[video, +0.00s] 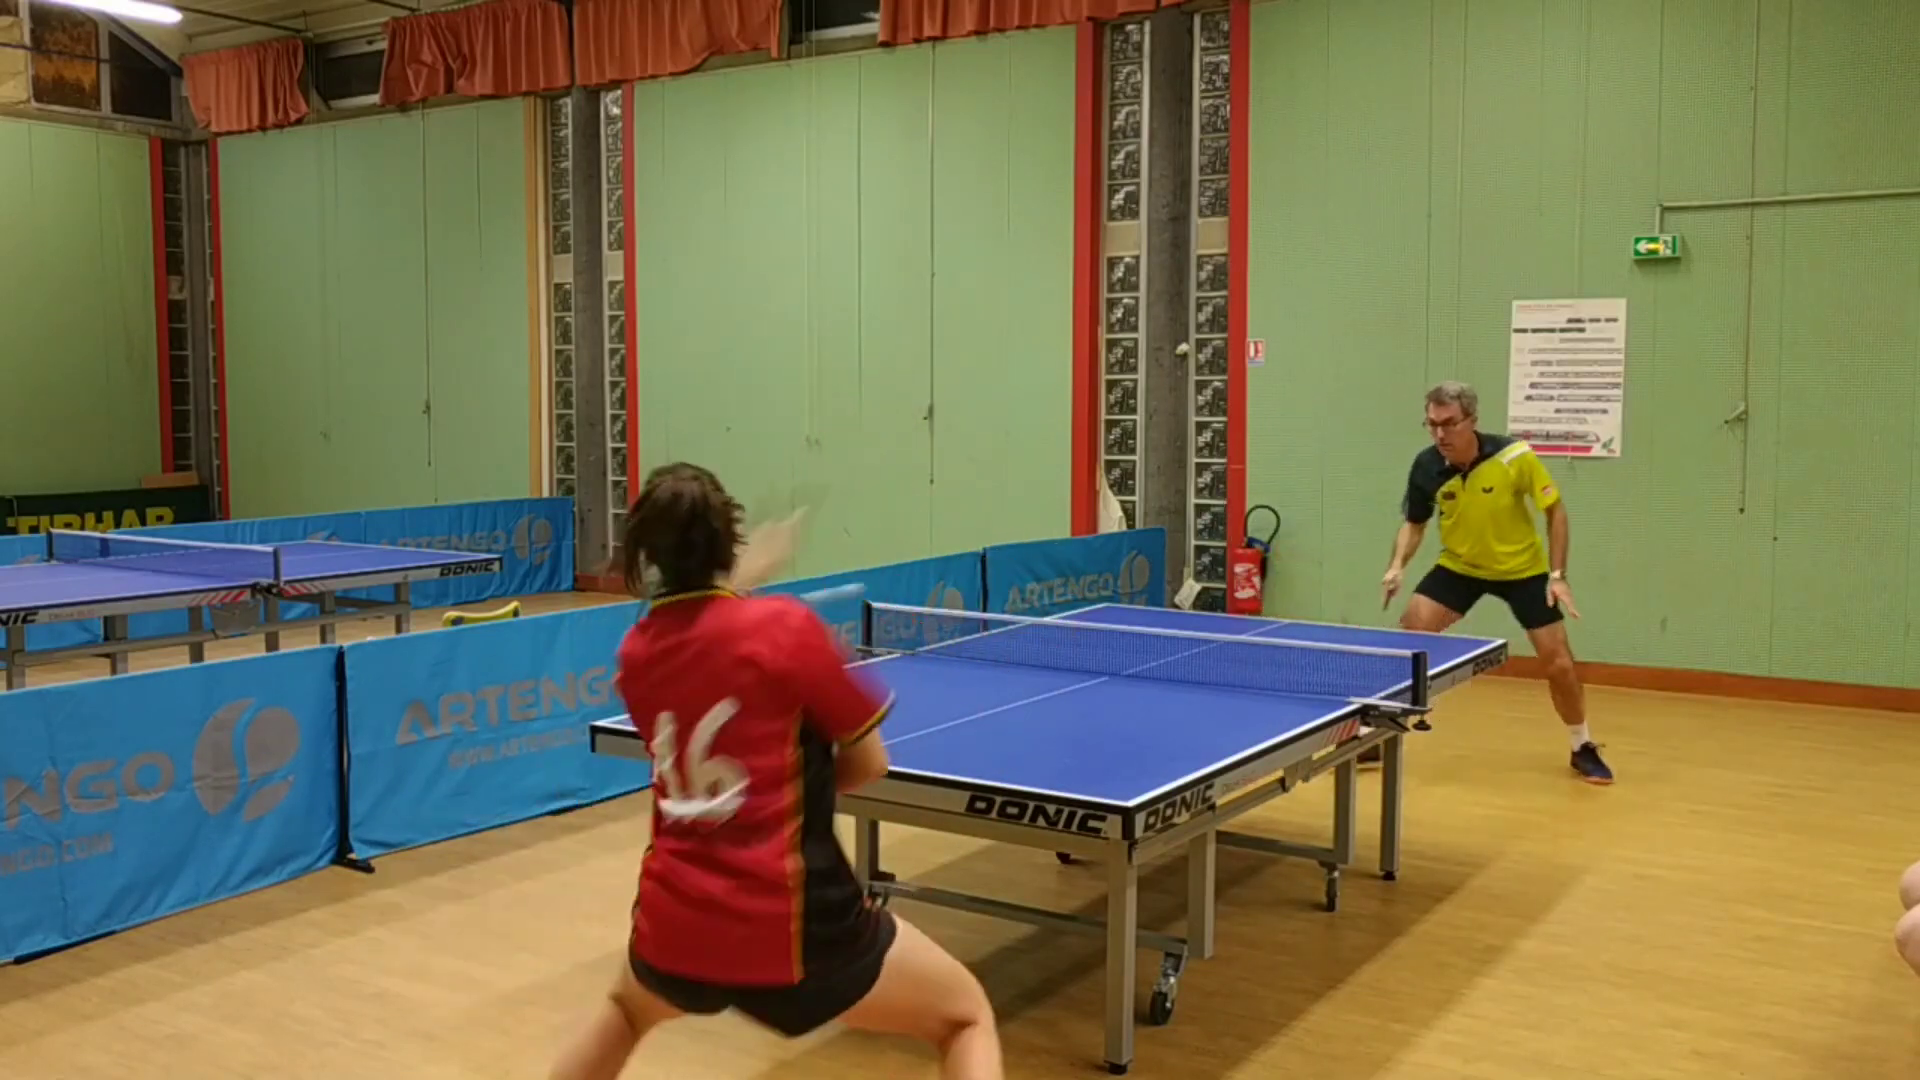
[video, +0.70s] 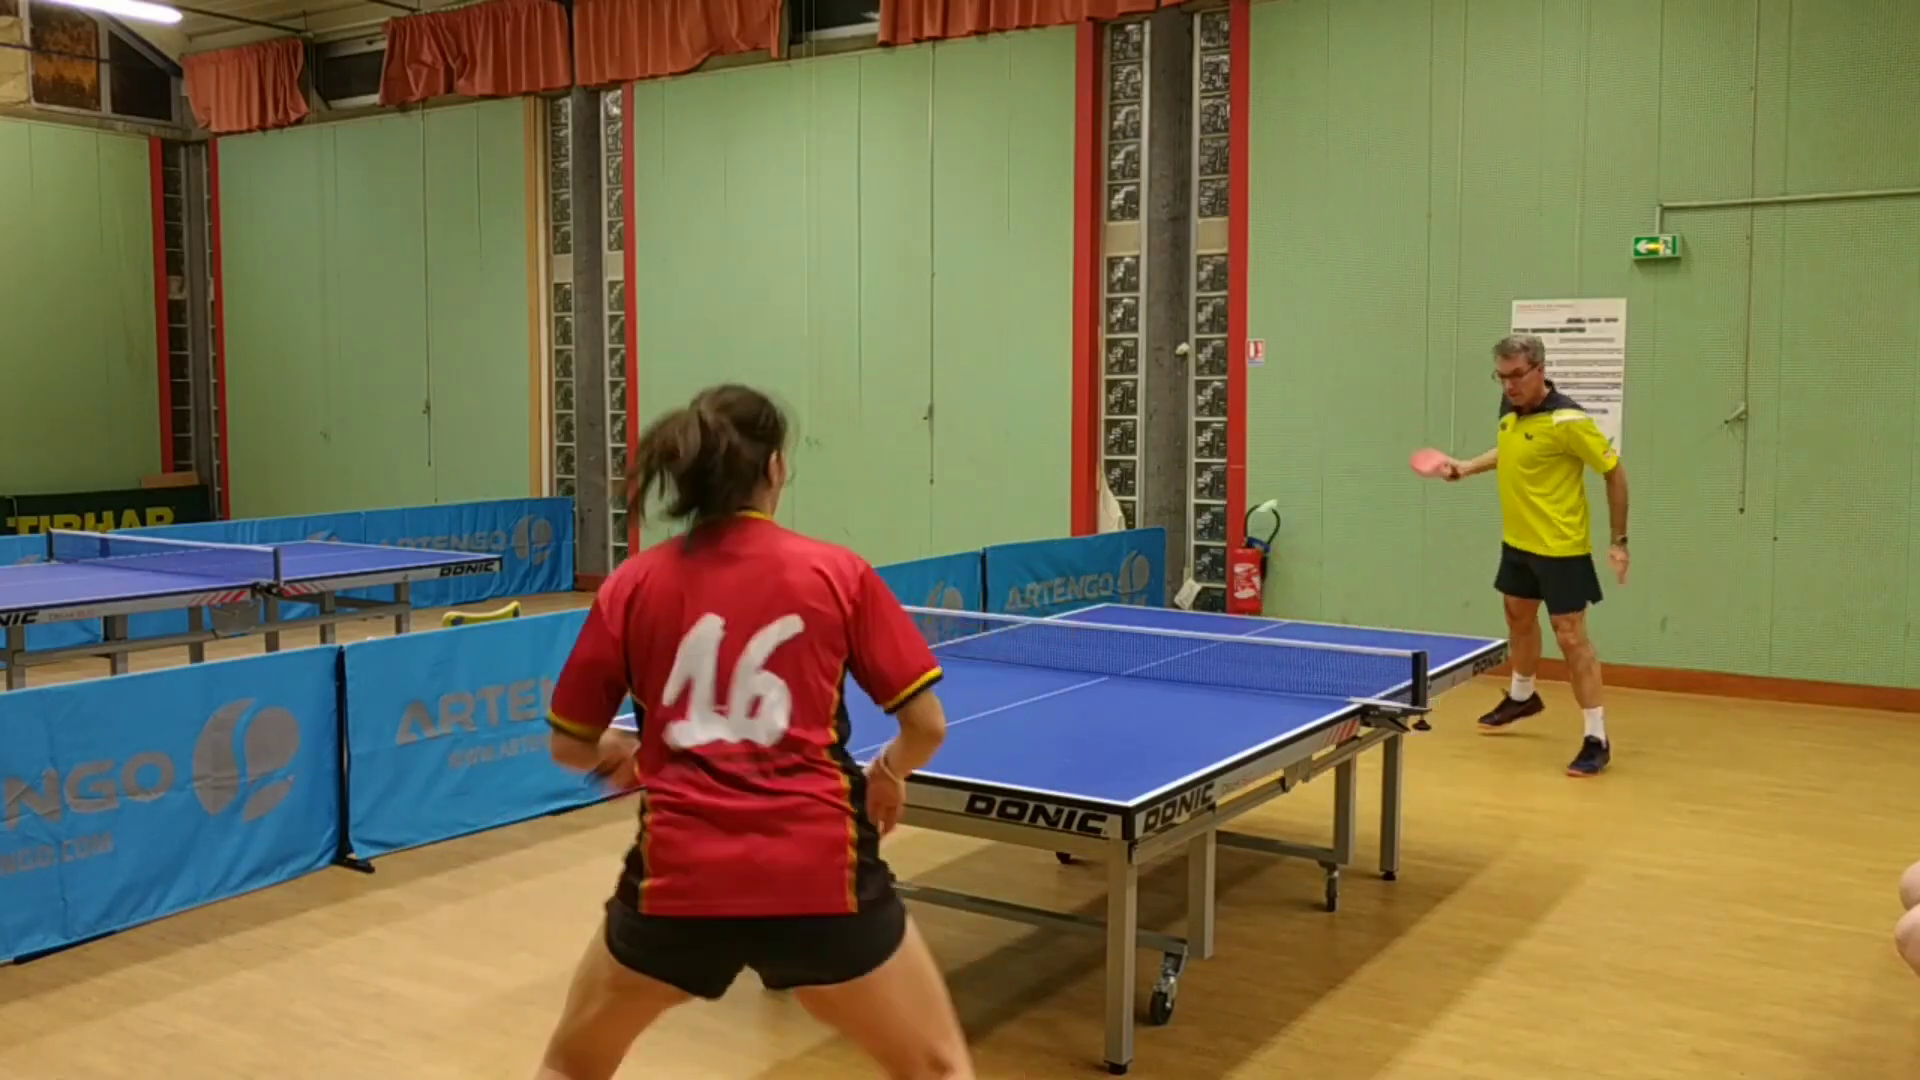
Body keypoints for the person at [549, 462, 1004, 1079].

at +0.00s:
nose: (741, 530)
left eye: (739, 522)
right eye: (736, 520)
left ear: (648, 551)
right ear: (728, 538)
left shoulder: (637, 650)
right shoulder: (780, 624)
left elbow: (693, 626)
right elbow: (867, 762)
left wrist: (747, 572)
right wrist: (787, 771)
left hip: (672, 934)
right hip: (796, 933)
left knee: (624, 1014)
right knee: (964, 1017)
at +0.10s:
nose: (780, 539)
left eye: (774, 527)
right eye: (776, 529)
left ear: (692, 551)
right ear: (767, 546)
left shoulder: (682, 632)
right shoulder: (770, 649)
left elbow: (849, 619)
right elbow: (843, 796)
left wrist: (931, 599)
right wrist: (784, 772)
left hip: (661, 941)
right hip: (762, 951)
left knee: (660, 1031)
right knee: (989, 998)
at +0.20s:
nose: (832, 530)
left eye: (826, 517)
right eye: (829, 518)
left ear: (737, 533)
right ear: (819, 532)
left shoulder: (715, 613)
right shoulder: (793, 637)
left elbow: (858, 668)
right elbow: (858, 794)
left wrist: (890, 686)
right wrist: (816, 735)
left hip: (661, 921)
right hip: (752, 934)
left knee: (677, 1032)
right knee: (989, 998)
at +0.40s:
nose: (839, 428)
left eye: (837, 412)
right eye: (835, 412)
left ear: (738, 427)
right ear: (816, 422)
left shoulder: (707, 514)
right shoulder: (833, 513)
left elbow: (774, 612)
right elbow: (879, 685)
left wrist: (902, 618)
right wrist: (820, 672)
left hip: (666, 813)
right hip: (786, 825)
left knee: (603, 1006)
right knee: (943, 1022)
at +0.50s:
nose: (818, 393)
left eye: (817, 381)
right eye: (815, 381)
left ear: (717, 396)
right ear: (802, 391)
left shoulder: (667, 499)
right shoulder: (843, 485)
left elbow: (673, 632)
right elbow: (895, 660)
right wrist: (836, 685)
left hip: (664, 783)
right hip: (792, 789)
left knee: (604, 991)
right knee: (924, 1018)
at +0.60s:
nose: (800, 420)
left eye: (797, 408)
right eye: (798, 409)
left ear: (697, 423)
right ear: (786, 421)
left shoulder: (641, 532)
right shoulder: (839, 527)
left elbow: (617, 682)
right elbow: (912, 692)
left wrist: (710, 672)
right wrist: (872, 729)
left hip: (663, 830)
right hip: (801, 829)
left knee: (581, 1043)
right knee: (921, 1052)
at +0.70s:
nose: (787, 466)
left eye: (783, 453)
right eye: (785, 455)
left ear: (686, 470)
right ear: (774, 467)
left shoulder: (633, 584)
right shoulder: (837, 574)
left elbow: (570, 745)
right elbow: (927, 723)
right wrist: (889, 771)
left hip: (679, 885)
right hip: (821, 882)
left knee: (571, 1066)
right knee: (940, 1068)